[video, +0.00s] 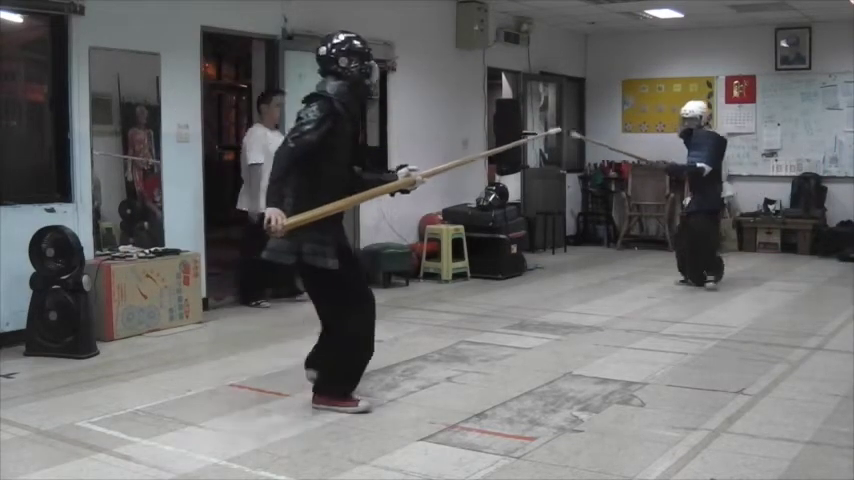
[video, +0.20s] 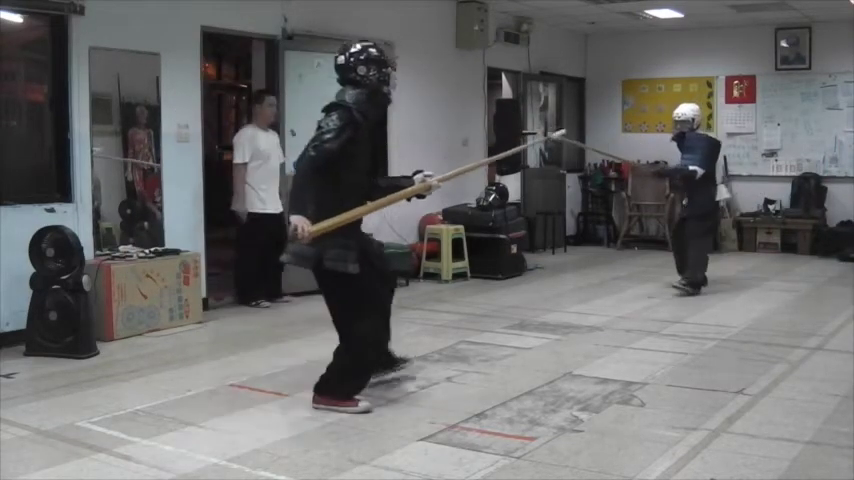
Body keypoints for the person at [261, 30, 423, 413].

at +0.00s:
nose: (368, 69)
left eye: (367, 62)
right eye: (360, 62)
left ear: (345, 64)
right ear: (341, 63)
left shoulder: (346, 108)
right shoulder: (322, 104)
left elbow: (348, 175)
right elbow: (288, 152)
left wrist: (394, 180)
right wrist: (275, 204)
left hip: (327, 224)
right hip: (311, 226)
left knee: (348, 300)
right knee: (355, 306)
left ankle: (322, 365)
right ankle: (332, 392)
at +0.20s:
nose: (387, 76)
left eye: (386, 69)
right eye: (379, 69)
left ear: (362, 73)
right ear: (360, 72)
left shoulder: (369, 113)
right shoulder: (345, 111)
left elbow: (367, 186)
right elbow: (308, 162)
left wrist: (410, 184)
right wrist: (299, 212)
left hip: (348, 228)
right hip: (328, 230)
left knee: (381, 281)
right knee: (362, 314)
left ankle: (376, 355)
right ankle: (332, 392)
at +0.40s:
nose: (414, 91)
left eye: (412, 83)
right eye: (407, 84)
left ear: (387, 87)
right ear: (391, 87)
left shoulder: (394, 129)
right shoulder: (370, 126)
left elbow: (397, 191)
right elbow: (334, 171)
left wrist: (441, 190)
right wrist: (334, 223)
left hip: (375, 235)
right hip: (355, 238)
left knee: (399, 294)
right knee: (377, 323)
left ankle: (420, 349)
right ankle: (333, 392)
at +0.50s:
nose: (431, 101)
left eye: (430, 94)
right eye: (425, 95)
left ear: (403, 97)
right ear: (409, 97)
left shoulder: (412, 137)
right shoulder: (389, 136)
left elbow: (429, 188)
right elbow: (356, 171)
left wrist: (469, 189)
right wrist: (364, 224)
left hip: (387, 238)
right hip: (365, 240)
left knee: (414, 286)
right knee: (376, 314)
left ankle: (423, 353)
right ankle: (335, 389)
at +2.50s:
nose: (426, 98)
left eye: (425, 91)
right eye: (421, 91)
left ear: (398, 91)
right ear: (408, 92)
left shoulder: (400, 132)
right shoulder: (384, 127)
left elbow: (413, 190)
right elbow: (349, 166)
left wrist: (457, 187)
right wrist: (341, 217)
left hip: (375, 234)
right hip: (352, 236)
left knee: (405, 272)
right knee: (368, 317)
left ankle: (397, 358)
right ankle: (317, 386)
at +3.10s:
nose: (431, 103)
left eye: (431, 96)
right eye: (426, 96)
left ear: (411, 97)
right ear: (408, 97)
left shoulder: (411, 136)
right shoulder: (386, 135)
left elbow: (425, 195)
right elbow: (351, 171)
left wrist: (463, 191)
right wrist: (349, 227)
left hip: (390, 241)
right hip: (366, 244)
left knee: (426, 282)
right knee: (369, 319)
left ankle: (435, 344)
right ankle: (317, 386)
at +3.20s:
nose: (443, 113)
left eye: (442, 106)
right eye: (437, 106)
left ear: (422, 108)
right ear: (420, 107)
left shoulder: (427, 144)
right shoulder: (400, 144)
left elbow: (443, 184)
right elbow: (374, 175)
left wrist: (488, 186)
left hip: (401, 243)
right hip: (382, 244)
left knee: (434, 286)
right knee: (374, 323)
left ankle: (450, 347)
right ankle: (319, 385)